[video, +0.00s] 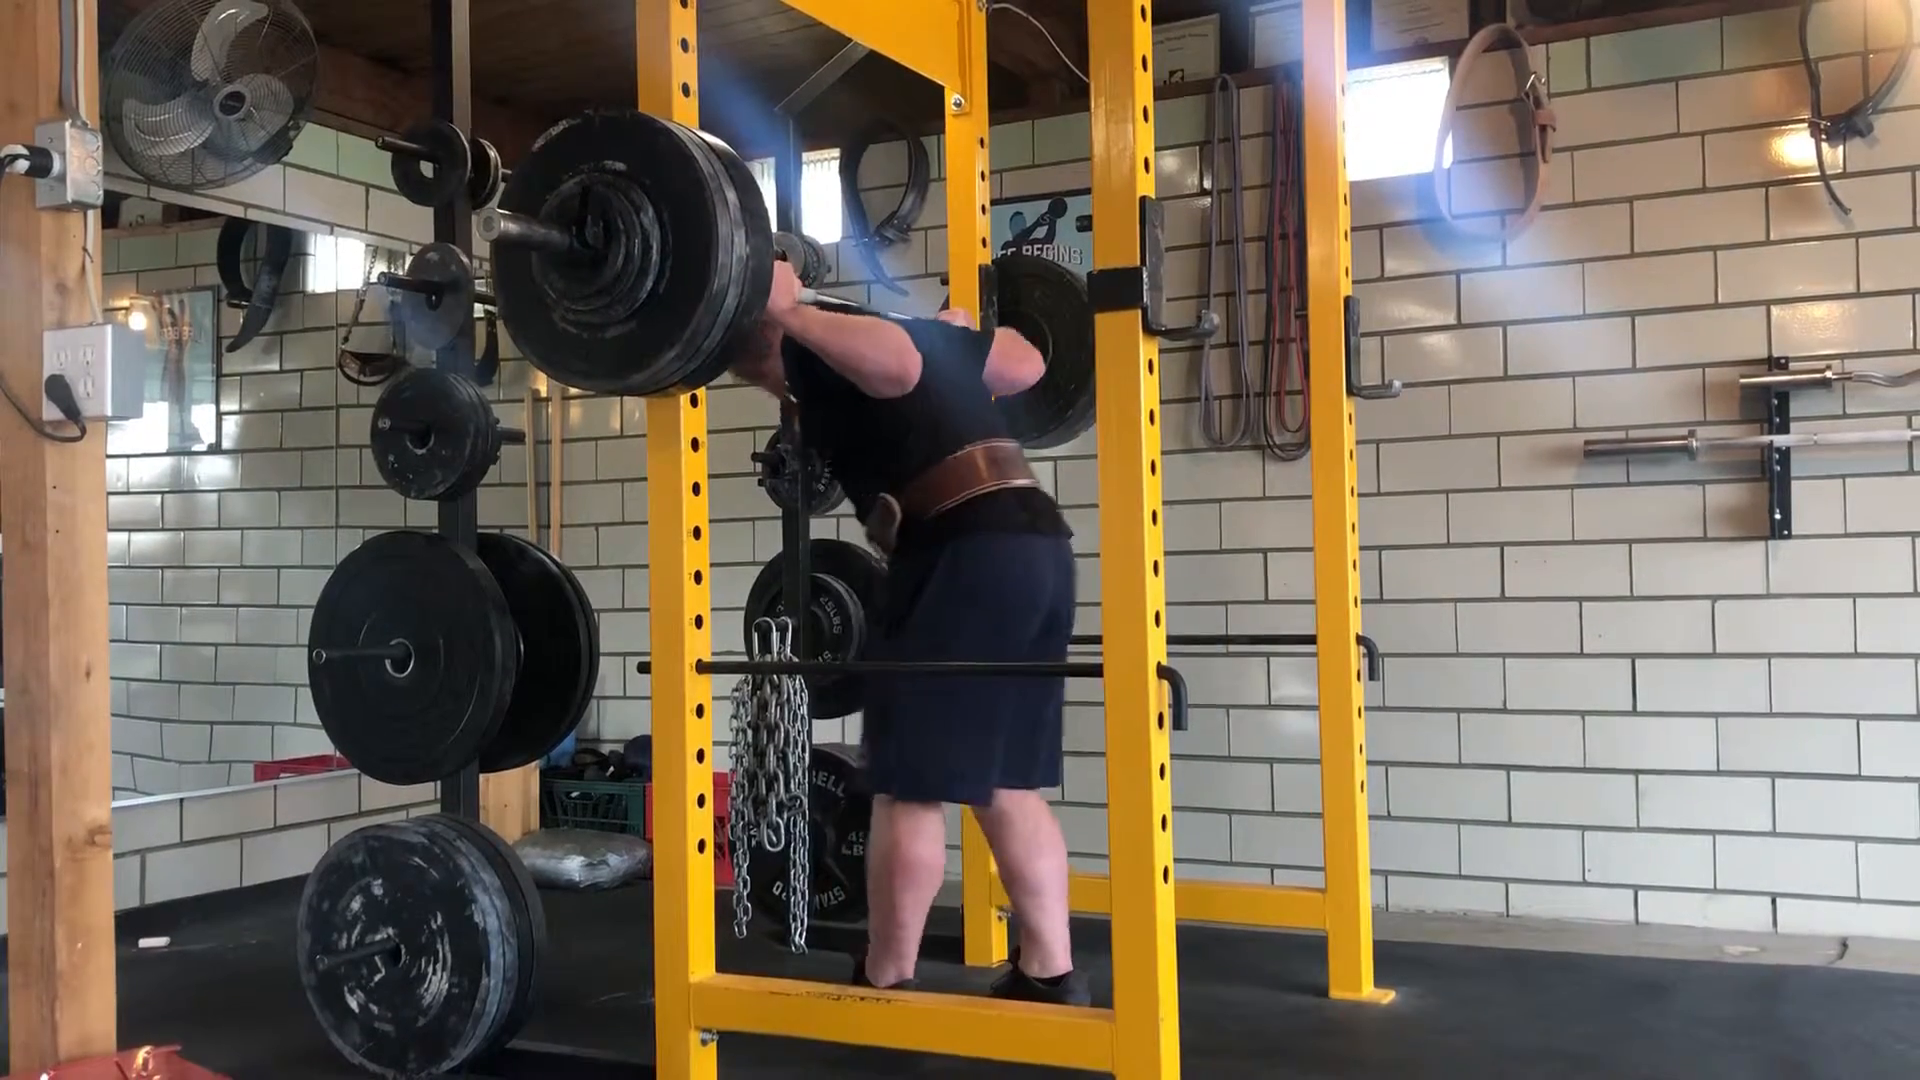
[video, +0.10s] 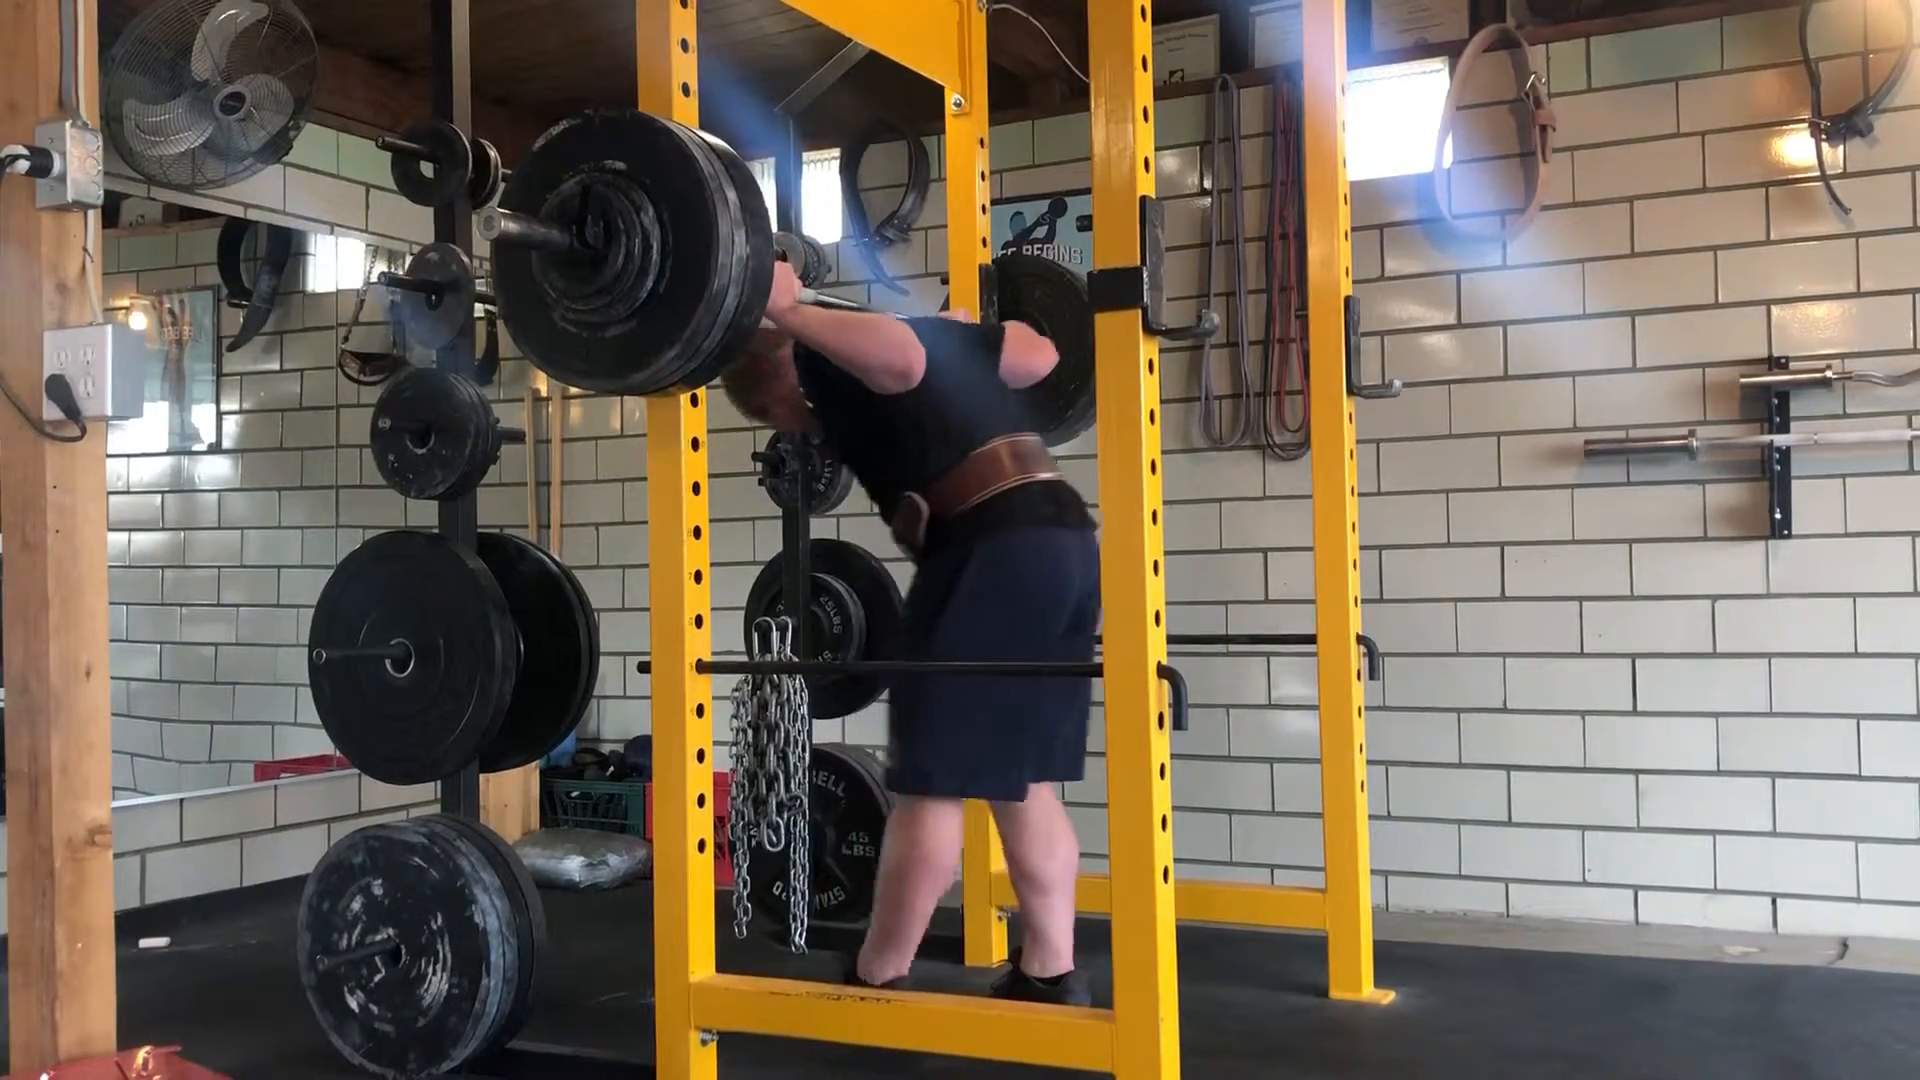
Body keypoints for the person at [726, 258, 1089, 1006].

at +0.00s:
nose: (746, 378)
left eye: (742, 364)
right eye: (740, 364)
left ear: (759, 336)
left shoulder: (815, 340)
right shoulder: (920, 332)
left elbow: (898, 363)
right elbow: (1024, 360)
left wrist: (790, 312)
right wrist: (965, 326)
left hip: (969, 551)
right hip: (1039, 545)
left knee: (909, 776)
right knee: (1008, 775)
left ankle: (885, 981)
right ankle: (1048, 973)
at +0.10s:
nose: (779, 426)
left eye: (766, 409)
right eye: (766, 418)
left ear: (776, 369)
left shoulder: (822, 346)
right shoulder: (934, 331)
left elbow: (906, 358)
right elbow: (1037, 351)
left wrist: (791, 311)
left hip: (993, 549)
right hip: (1065, 541)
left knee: (930, 773)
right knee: (1028, 774)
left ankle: (875, 978)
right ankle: (1048, 975)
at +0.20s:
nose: (806, 451)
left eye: (791, 439)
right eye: (789, 446)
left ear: (798, 392)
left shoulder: (839, 352)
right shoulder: (945, 333)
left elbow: (909, 353)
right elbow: (1055, 346)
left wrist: (791, 311)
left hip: (1014, 547)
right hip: (1085, 538)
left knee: (947, 766)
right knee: (1031, 769)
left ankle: (912, 972)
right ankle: (1049, 973)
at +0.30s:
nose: (840, 459)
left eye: (824, 452)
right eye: (826, 457)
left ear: (817, 406)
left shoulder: (864, 367)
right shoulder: (969, 338)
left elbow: (907, 350)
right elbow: (1072, 348)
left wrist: (786, 309)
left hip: (1041, 544)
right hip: (1101, 534)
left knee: (968, 760)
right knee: (1042, 769)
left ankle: (992, 988)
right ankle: (1055, 978)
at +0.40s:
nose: (868, 462)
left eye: (849, 454)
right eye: (853, 460)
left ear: (837, 403)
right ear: (846, 389)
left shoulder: (900, 351)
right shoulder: (991, 336)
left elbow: (903, 345)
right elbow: (1089, 359)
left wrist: (787, 308)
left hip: (1067, 541)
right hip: (1109, 529)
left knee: (995, 752)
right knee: (1046, 757)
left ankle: (1077, 967)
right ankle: (1064, 953)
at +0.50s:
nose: (879, 451)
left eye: (864, 441)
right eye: (863, 446)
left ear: (859, 396)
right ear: (863, 399)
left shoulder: (936, 331)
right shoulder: (951, 371)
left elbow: (901, 364)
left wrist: (792, 306)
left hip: (1101, 539)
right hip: (1080, 543)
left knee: (1055, 763)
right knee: (1050, 762)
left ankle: (1179, 968)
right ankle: (1054, 973)